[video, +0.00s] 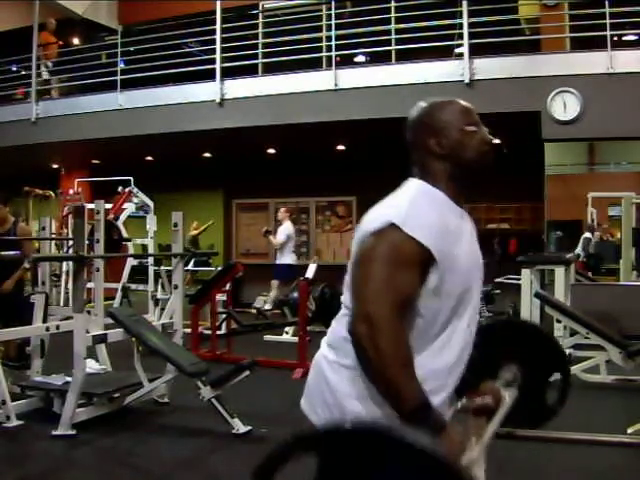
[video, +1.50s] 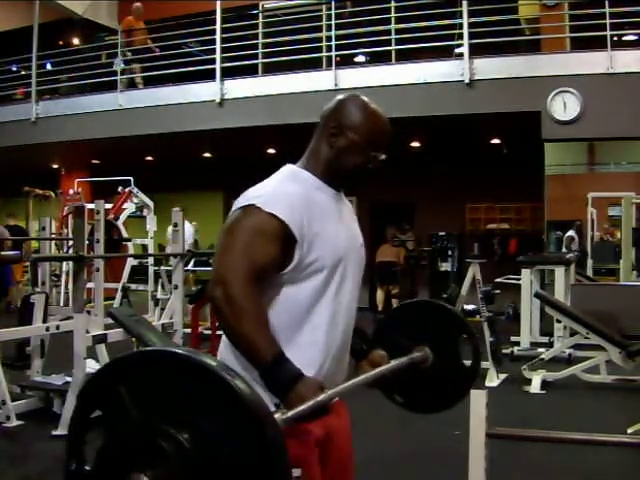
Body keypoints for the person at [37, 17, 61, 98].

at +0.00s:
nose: (53, 26)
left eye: (54, 24)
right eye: (51, 24)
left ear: (55, 25)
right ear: (47, 25)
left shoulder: (52, 36)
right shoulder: (44, 35)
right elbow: (40, 48)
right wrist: (43, 59)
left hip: (53, 60)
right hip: (46, 60)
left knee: (54, 77)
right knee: (45, 78)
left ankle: (54, 93)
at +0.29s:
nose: (68, 23)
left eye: (69, 21)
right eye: (66, 20)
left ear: (71, 22)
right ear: (62, 21)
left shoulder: (70, 34)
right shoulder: (58, 32)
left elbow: (74, 49)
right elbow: (53, 46)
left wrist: (80, 59)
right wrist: (56, 58)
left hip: (71, 59)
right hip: (62, 59)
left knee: (69, 78)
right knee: (63, 78)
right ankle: (59, 96)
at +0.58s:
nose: (84, 21)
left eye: (85, 19)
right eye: (82, 19)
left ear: (85, 20)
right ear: (78, 19)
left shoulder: (85, 31)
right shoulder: (73, 30)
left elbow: (89, 45)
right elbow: (69, 44)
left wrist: (95, 55)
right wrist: (70, 56)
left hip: (88, 56)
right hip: (79, 57)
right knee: (80, 75)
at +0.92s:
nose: (102, 18)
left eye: (103, 16)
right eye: (101, 16)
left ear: (105, 17)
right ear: (97, 16)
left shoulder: (104, 29)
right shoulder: (92, 26)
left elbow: (105, 41)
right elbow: (90, 41)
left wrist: (105, 50)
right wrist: (94, 51)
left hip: (102, 52)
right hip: (95, 52)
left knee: (105, 71)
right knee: (89, 71)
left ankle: (109, 89)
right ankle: (84, 90)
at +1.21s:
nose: (123, 14)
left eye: (124, 11)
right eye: (121, 11)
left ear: (125, 13)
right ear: (117, 12)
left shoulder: (124, 26)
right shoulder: (111, 24)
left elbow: (125, 41)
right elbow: (107, 38)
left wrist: (127, 52)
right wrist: (111, 51)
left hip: (121, 51)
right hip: (111, 51)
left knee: (118, 70)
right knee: (117, 69)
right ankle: (103, 88)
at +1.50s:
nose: (139, 12)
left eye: (140, 9)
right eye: (137, 9)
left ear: (142, 10)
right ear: (133, 10)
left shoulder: (141, 22)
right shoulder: (128, 20)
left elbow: (146, 38)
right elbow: (122, 34)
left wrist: (154, 48)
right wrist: (124, 48)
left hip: (140, 49)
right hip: (132, 48)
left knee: (128, 70)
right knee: (137, 69)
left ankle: (122, 87)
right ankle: (141, 88)